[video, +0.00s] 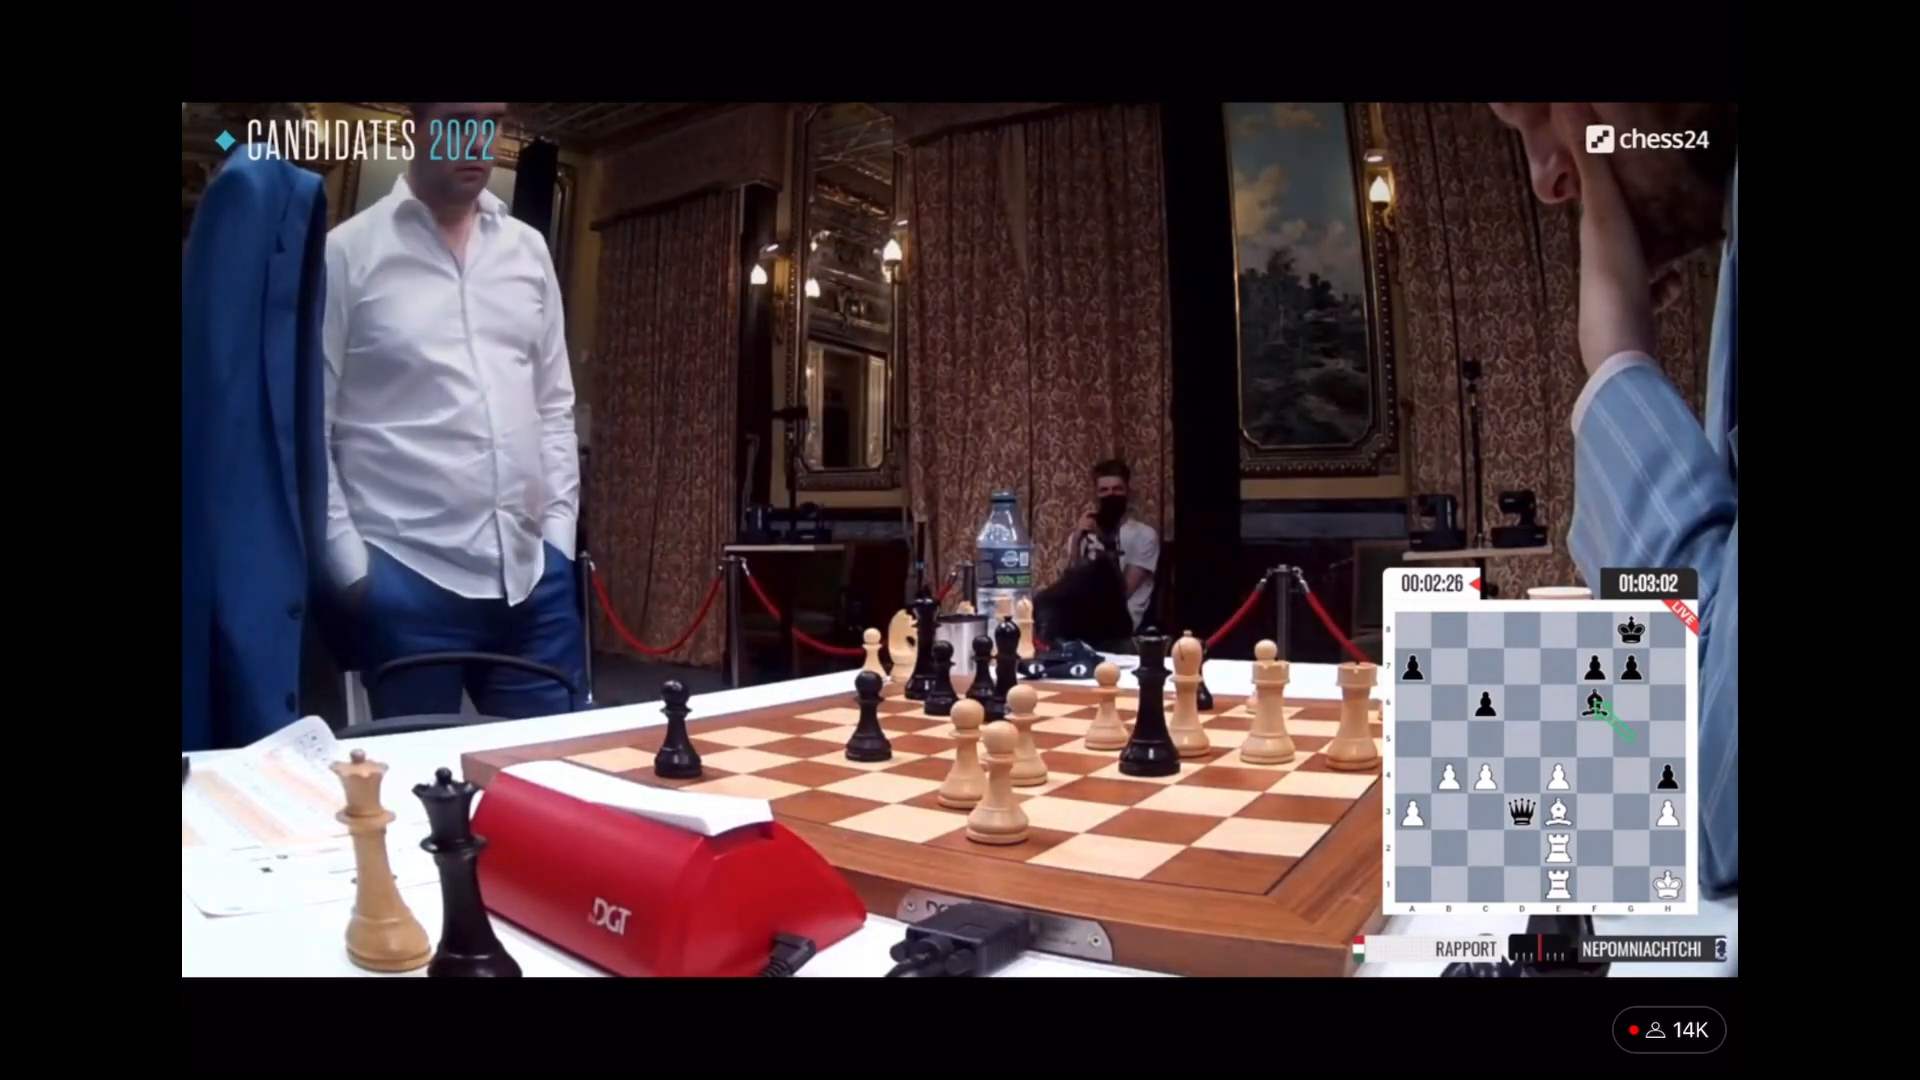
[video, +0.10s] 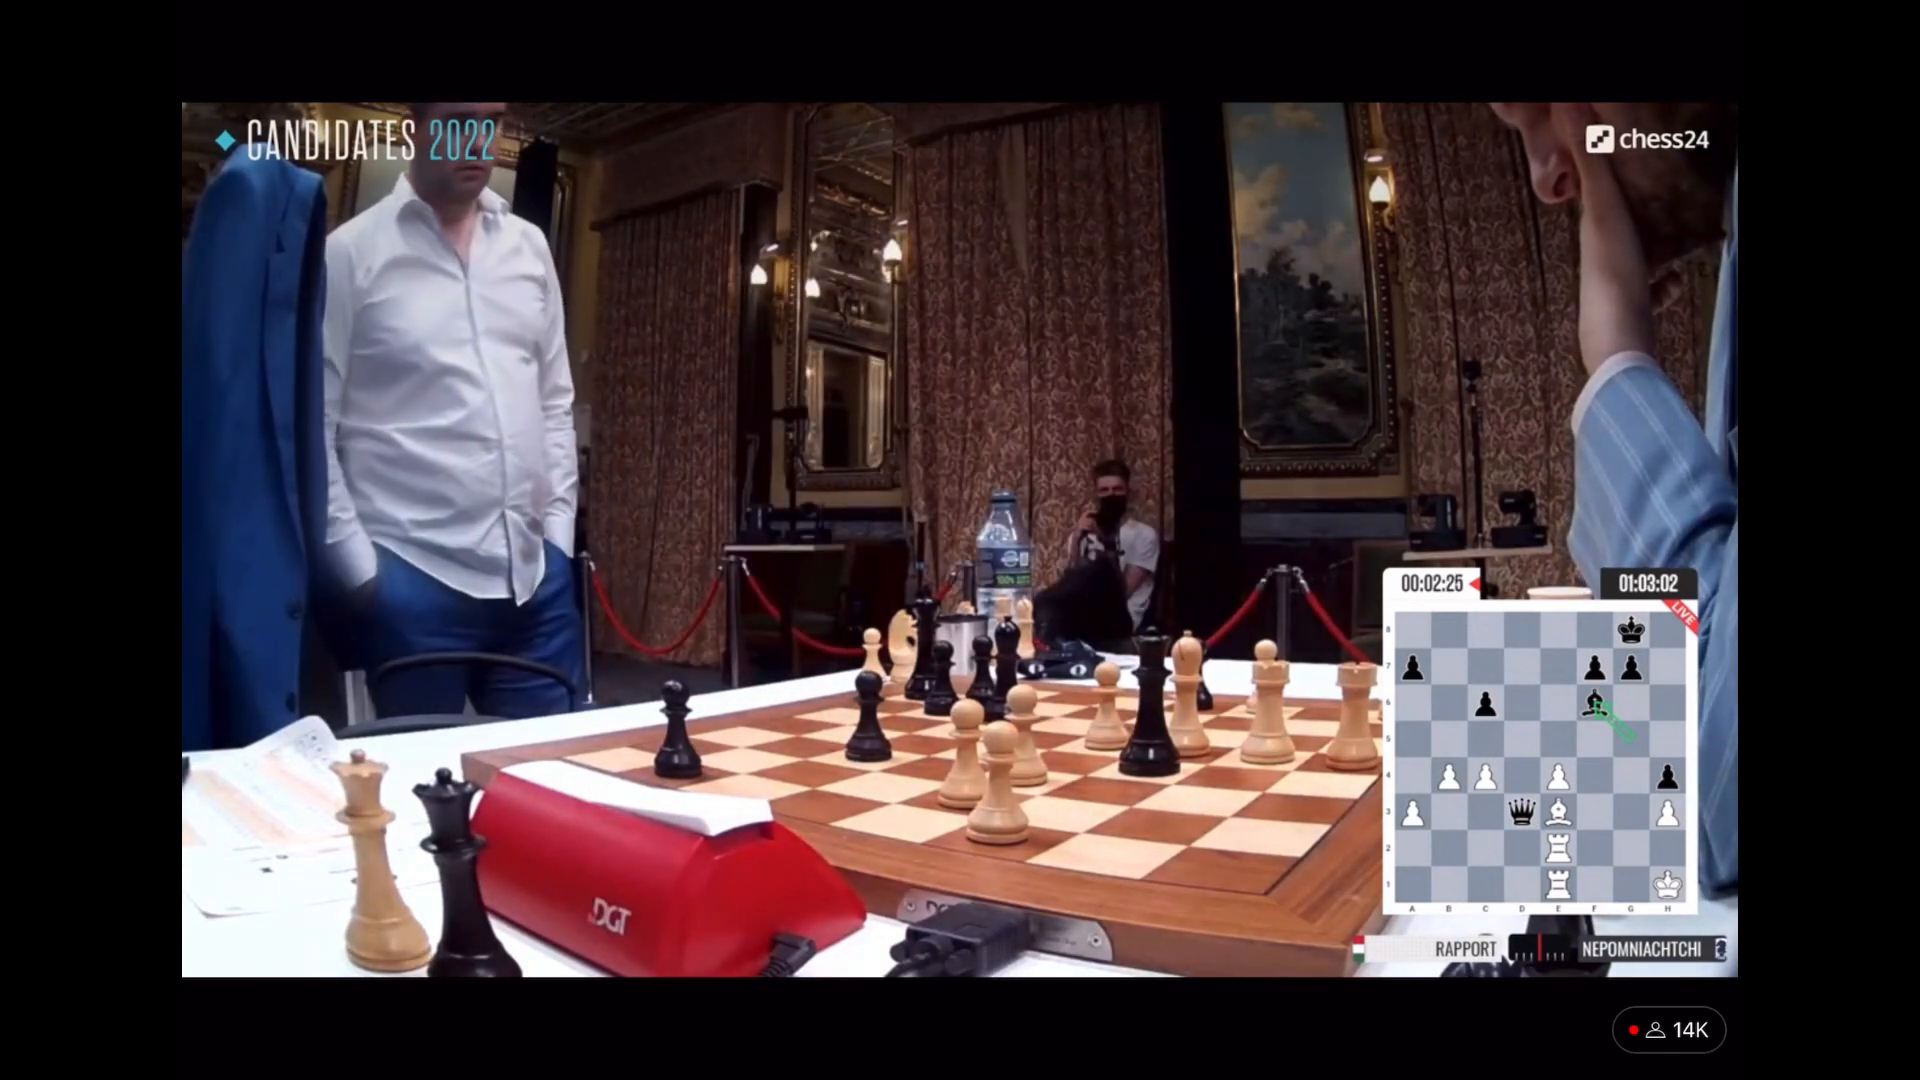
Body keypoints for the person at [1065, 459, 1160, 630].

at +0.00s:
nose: (1110, 495)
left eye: (1117, 489)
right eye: (1104, 490)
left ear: (1127, 491)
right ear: (1095, 494)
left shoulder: (1145, 536)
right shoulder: (1082, 537)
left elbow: (1125, 590)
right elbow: (1071, 584)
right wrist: (1076, 539)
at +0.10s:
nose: (1110, 495)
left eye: (1117, 489)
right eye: (1104, 490)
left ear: (1127, 492)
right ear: (1095, 494)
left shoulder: (1145, 536)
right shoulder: (1082, 536)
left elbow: (1126, 590)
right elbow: (1071, 584)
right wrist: (1076, 540)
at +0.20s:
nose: (1110, 495)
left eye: (1117, 489)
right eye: (1104, 490)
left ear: (1127, 491)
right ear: (1095, 494)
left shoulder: (1145, 536)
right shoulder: (1083, 536)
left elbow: (1126, 590)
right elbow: (1071, 584)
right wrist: (1076, 540)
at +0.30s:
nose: (1110, 495)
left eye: (1117, 489)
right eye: (1104, 490)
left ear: (1127, 491)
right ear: (1095, 494)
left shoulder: (1145, 536)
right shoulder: (1083, 536)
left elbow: (1126, 590)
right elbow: (1072, 583)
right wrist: (1076, 540)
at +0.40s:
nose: (1110, 496)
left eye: (1117, 489)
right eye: (1104, 490)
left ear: (1128, 492)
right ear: (1096, 494)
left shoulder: (1145, 536)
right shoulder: (1088, 533)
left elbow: (1125, 591)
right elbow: (1073, 579)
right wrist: (1075, 539)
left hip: (1122, 620)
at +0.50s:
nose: (1110, 496)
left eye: (1117, 489)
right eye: (1104, 490)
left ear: (1128, 492)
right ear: (1096, 494)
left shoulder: (1145, 536)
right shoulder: (1088, 533)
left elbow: (1125, 591)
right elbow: (1073, 579)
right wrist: (1075, 539)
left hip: (1122, 620)